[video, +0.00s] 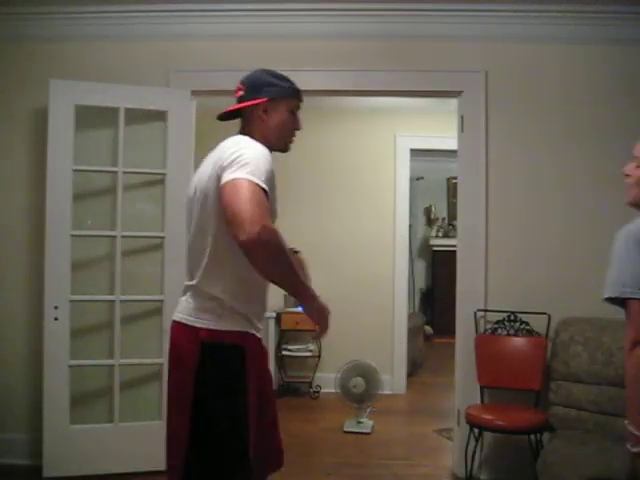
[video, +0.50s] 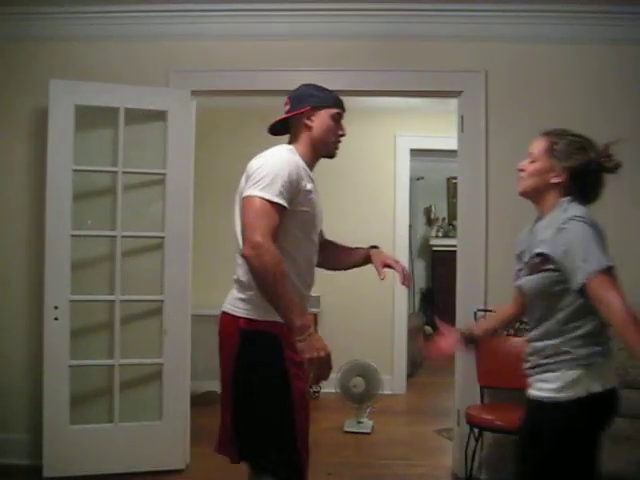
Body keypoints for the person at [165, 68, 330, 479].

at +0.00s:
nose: (298, 123)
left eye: (297, 113)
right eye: (292, 111)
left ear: (259, 112)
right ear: (263, 111)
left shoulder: (220, 156)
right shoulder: (248, 152)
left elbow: (223, 243)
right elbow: (252, 231)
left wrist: (280, 258)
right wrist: (307, 297)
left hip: (203, 335)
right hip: (223, 341)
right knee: (237, 465)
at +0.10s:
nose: (308, 128)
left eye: (308, 117)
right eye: (302, 115)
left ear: (270, 117)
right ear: (273, 115)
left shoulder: (244, 159)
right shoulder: (250, 157)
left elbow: (254, 245)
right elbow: (262, 240)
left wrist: (313, 258)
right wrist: (316, 320)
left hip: (236, 335)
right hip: (226, 337)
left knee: (250, 460)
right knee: (221, 464)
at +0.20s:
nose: (318, 126)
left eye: (317, 116)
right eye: (312, 115)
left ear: (284, 118)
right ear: (283, 115)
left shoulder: (271, 167)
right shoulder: (258, 161)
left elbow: (277, 247)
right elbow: (253, 247)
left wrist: (333, 259)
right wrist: (315, 326)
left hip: (254, 335)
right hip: (236, 335)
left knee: (255, 458)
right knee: (224, 461)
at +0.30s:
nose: (327, 130)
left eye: (326, 120)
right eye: (321, 118)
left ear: (291, 120)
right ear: (292, 118)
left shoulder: (281, 171)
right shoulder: (267, 163)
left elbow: (291, 251)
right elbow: (249, 248)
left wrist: (349, 257)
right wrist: (307, 327)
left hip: (265, 336)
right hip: (246, 336)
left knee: (261, 459)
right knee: (238, 461)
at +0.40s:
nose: (335, 131)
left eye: (335, 121)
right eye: (328, 119)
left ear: (300, 122)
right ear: (300, 119)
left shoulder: (292, 174)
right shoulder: (273, 163)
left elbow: (303, 251)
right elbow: (252, 246)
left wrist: (360, 255)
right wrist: (300, 329)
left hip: (273, 334)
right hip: (254, 335)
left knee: (272, 460)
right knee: (261, 463)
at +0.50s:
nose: (343, 130)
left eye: (342, 121)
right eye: (336, 118)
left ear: (309, 122)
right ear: (307, 119)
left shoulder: (300, 175)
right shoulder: (278, 164)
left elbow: (318, 251)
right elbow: (257, 245)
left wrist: (370, 254)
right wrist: (304, 329)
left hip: (280, 333)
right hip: (260, 333)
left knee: (284, 461)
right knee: (275, 464)